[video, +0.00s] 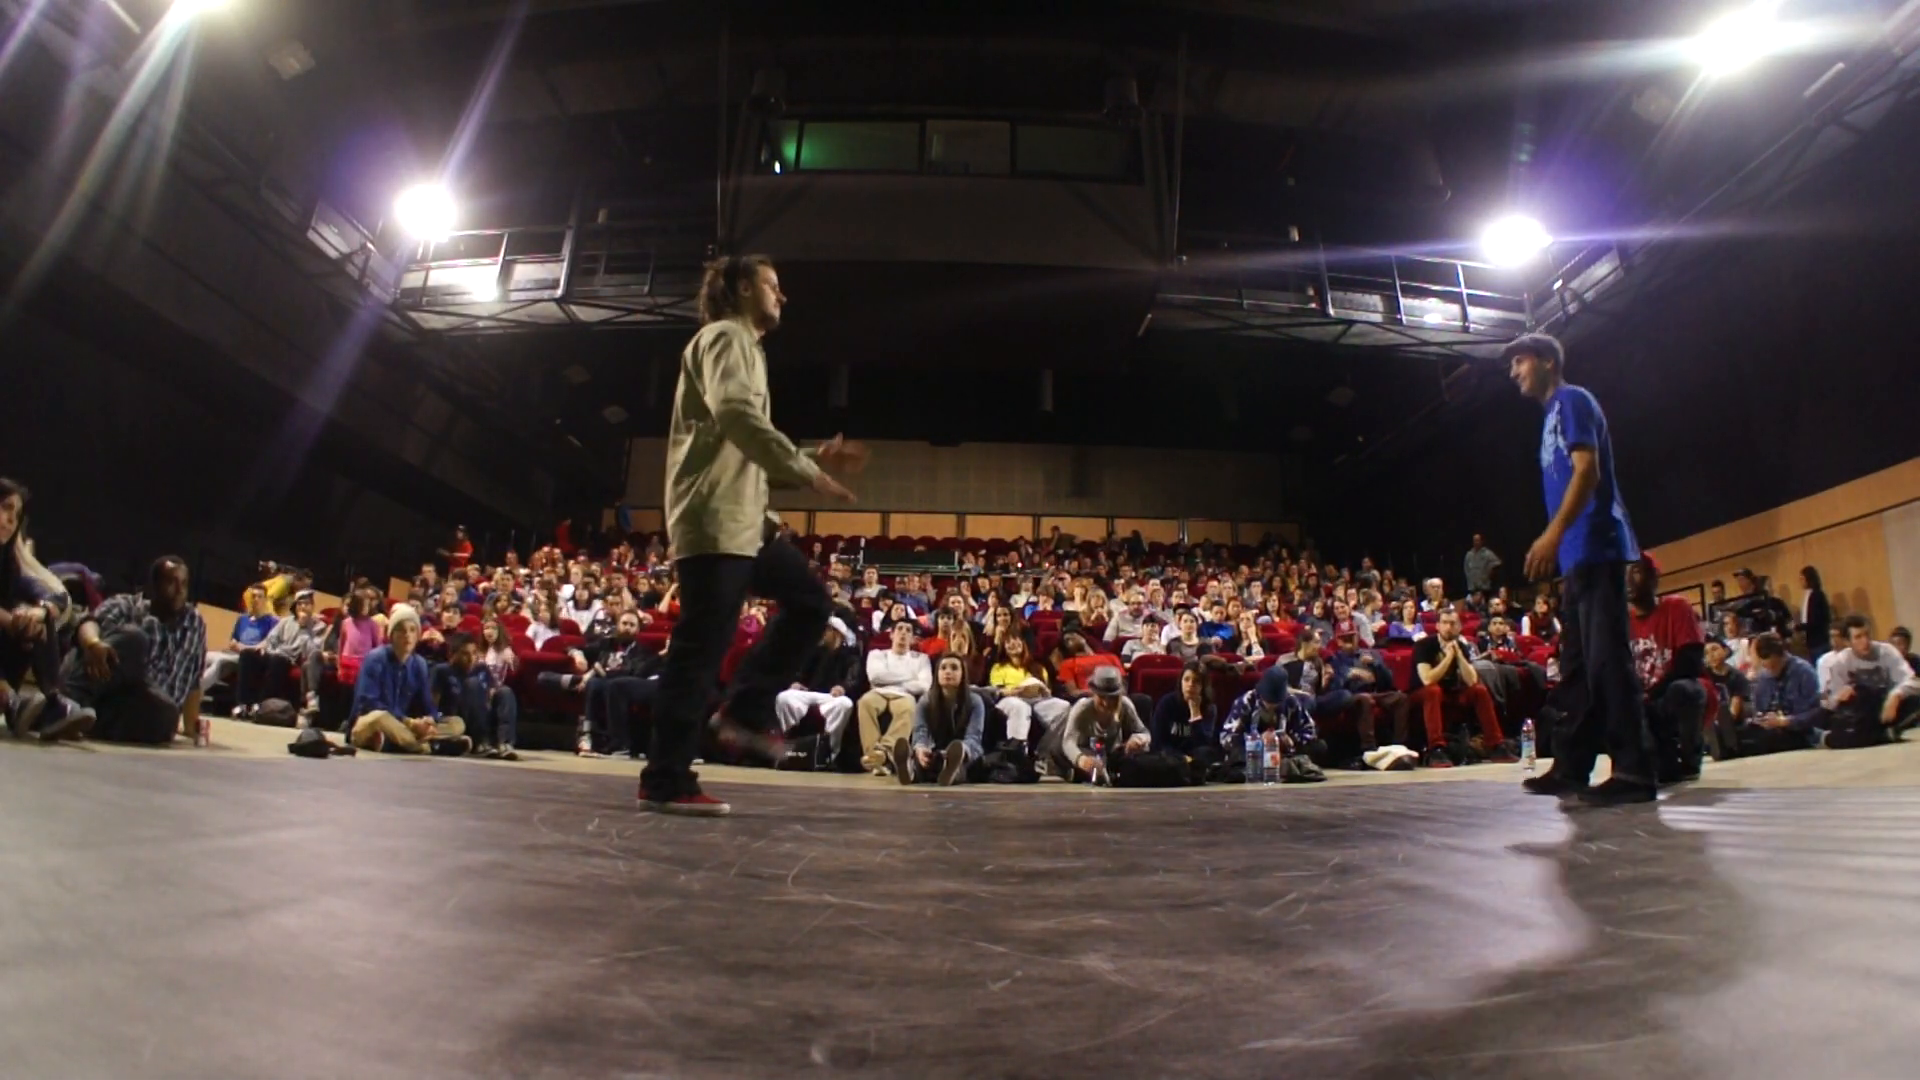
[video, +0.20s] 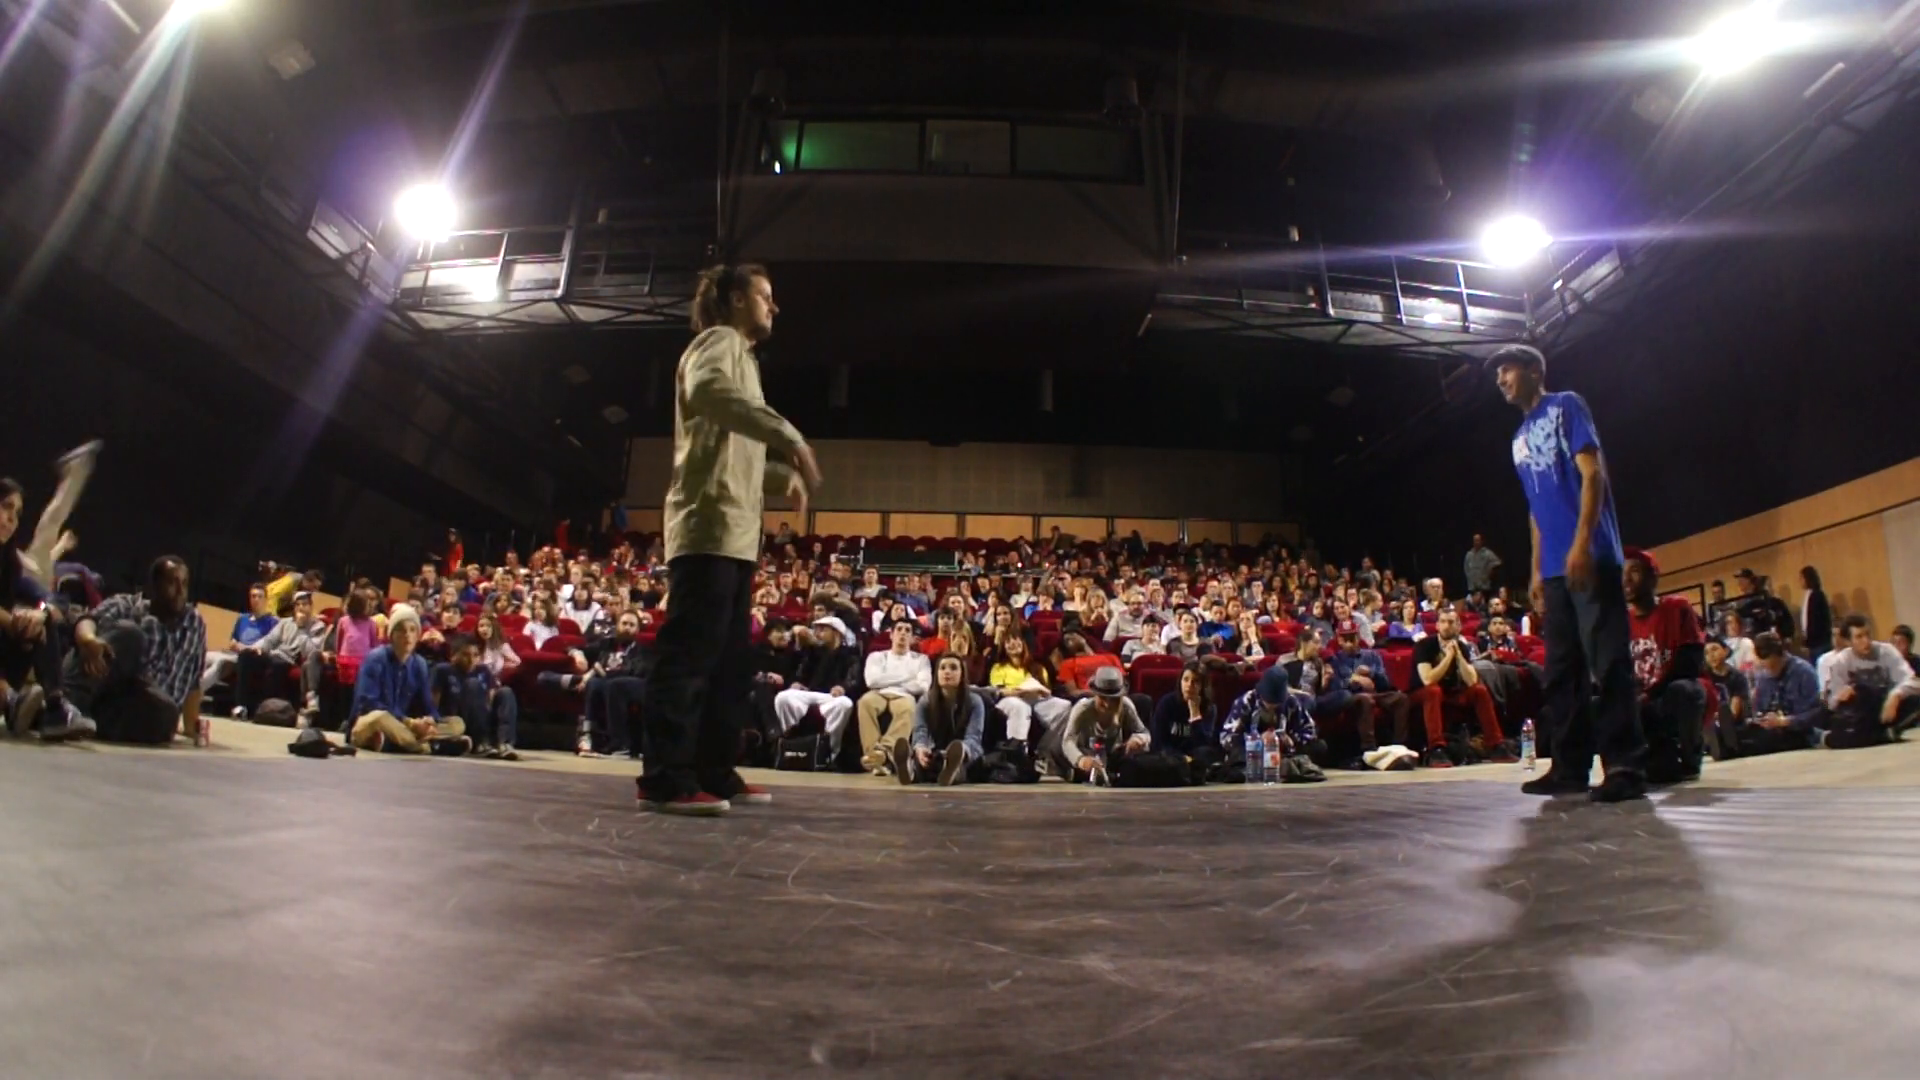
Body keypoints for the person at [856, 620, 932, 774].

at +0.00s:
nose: (903, 634)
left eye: (908, 631)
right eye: (900, 629)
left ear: (913, 638)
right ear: (891, 634)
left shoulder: (921, 658)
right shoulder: (876, 654)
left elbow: (924, 685)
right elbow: (875, 677)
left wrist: (891, 683)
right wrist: (909, 678)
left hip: (905, 694)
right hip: (880, 691)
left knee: (907, 710)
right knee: (865, 703)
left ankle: (885, 749)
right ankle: (875, 760)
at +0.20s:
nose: (903, 634)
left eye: (907, 631)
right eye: (899, 630)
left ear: (912, 638)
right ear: (891, 634)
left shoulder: (921, 659)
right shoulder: (876, 656)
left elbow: (922, 686)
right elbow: (872, 681)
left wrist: (888, 683)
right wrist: (906, 678)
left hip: (904, 694)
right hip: (879, 692)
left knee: (907, 710)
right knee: (865, 703)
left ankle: (885, 750)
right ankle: (875, 760)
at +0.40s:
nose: (902, 634)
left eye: (907, 631)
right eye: (899, 630)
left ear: (912, 638)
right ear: (891, 634)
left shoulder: (921, 659)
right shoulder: (875, 657)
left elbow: (921, 686)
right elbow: (871, 681)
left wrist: (888, 682)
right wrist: (905, 677)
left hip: (903, 694)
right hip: (879, 692)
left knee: (907, 710)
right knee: (865, 703)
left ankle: (883, 749)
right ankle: (876, 761)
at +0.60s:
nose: (902, 634)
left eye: (907, 631)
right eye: (899, 630)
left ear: (912, 638)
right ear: (891, 634)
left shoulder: (921, 659)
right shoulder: (875, 657)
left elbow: (922, 686)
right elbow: (871, 681)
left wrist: (888, 683)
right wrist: (905, 677)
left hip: (904, 694)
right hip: (879, 692)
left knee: (907, 710)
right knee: (865, 703)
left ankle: (884, 750)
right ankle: (875, 760)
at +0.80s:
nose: (902, 635)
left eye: (907, 632)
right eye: (899, 630)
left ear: (912, 638)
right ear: (891, 635)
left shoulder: (921, 659)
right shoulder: (875, 657)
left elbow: (922, 686)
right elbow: (871, 681)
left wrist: (887, 683)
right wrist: (905, 677)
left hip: (904, 695)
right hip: (879, 692)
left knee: (907, 710)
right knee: (865, 703)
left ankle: (884, 750)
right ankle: (875, 760)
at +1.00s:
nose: (903, 635)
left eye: (907, 632)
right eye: (899, 630)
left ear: (912, 638)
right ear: (891, 634)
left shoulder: (921, 659)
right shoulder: (875, 657)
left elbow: (921, 687)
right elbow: (871, 682)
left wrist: (887, 683)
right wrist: (905, 678)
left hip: (904, 695)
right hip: (879, 692)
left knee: (907, 710)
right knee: (865, 703)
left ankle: (884, 750)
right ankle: (875, 760)